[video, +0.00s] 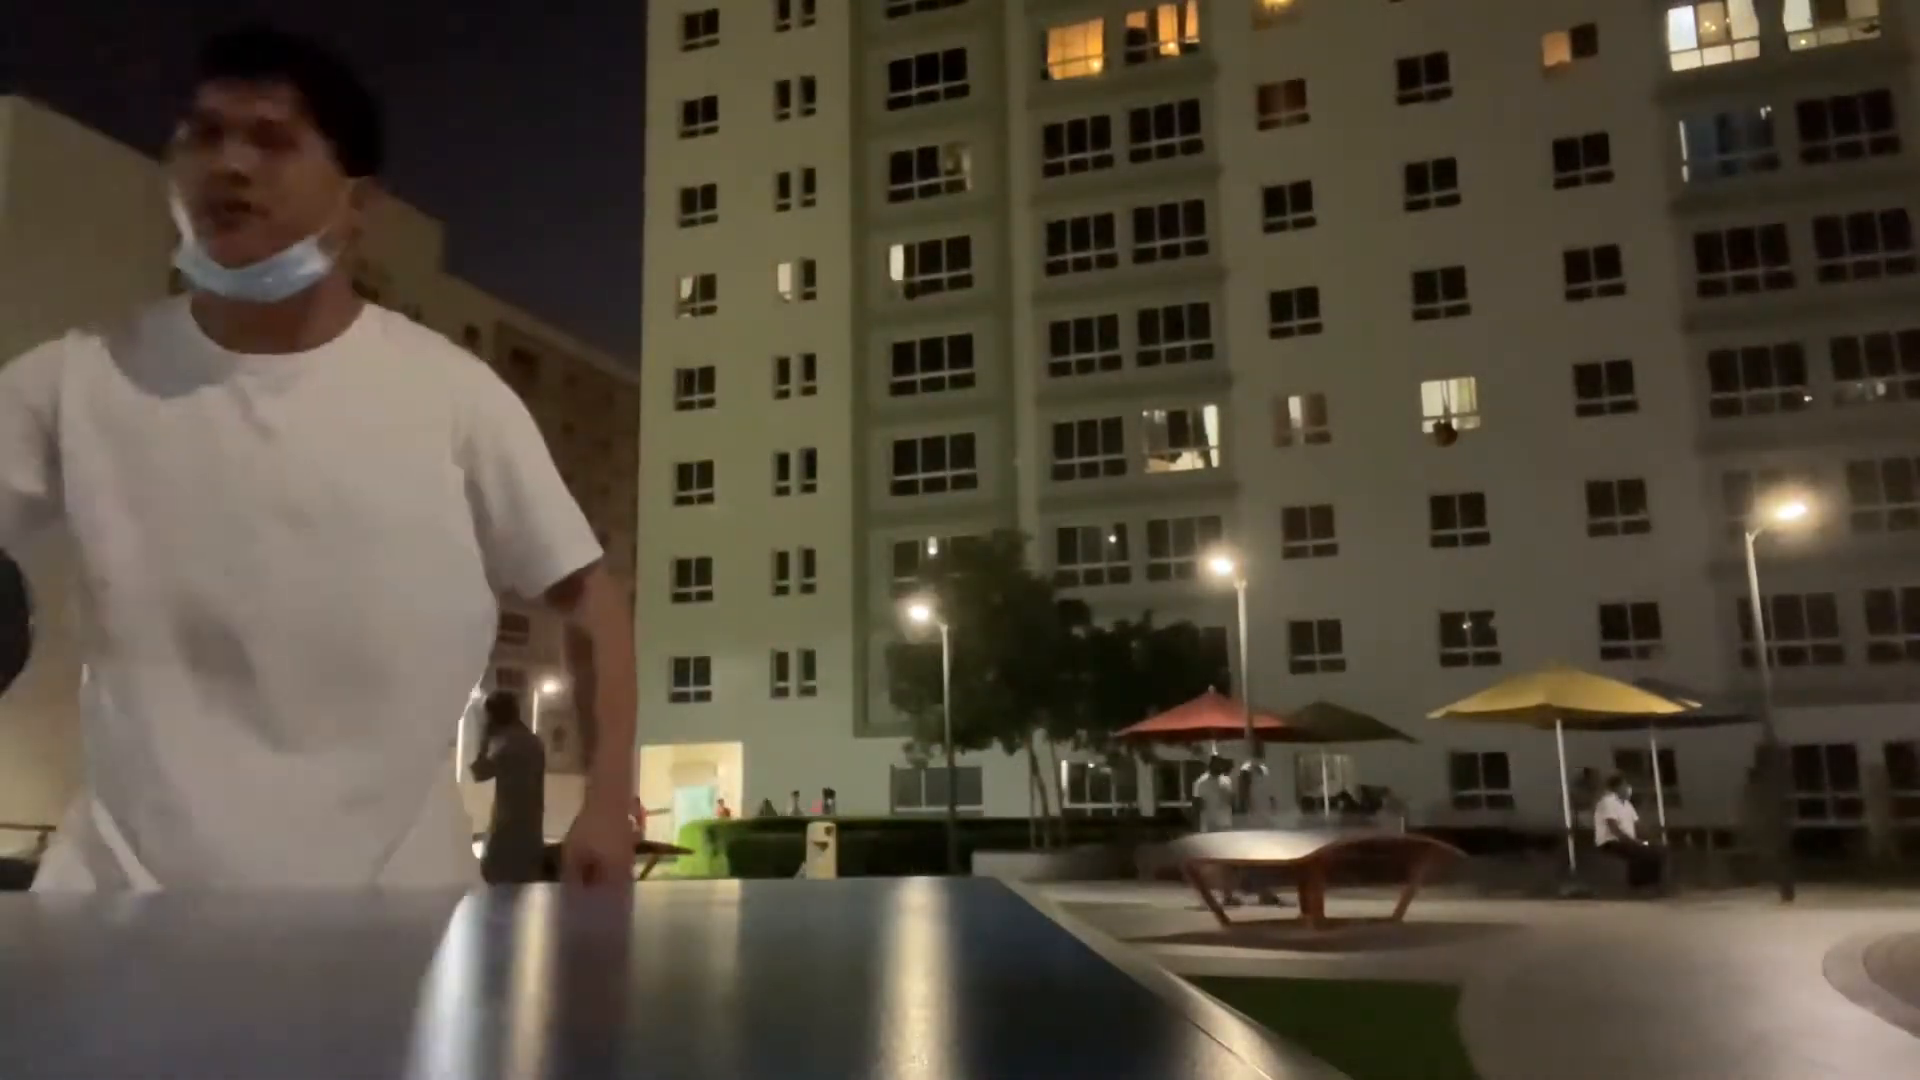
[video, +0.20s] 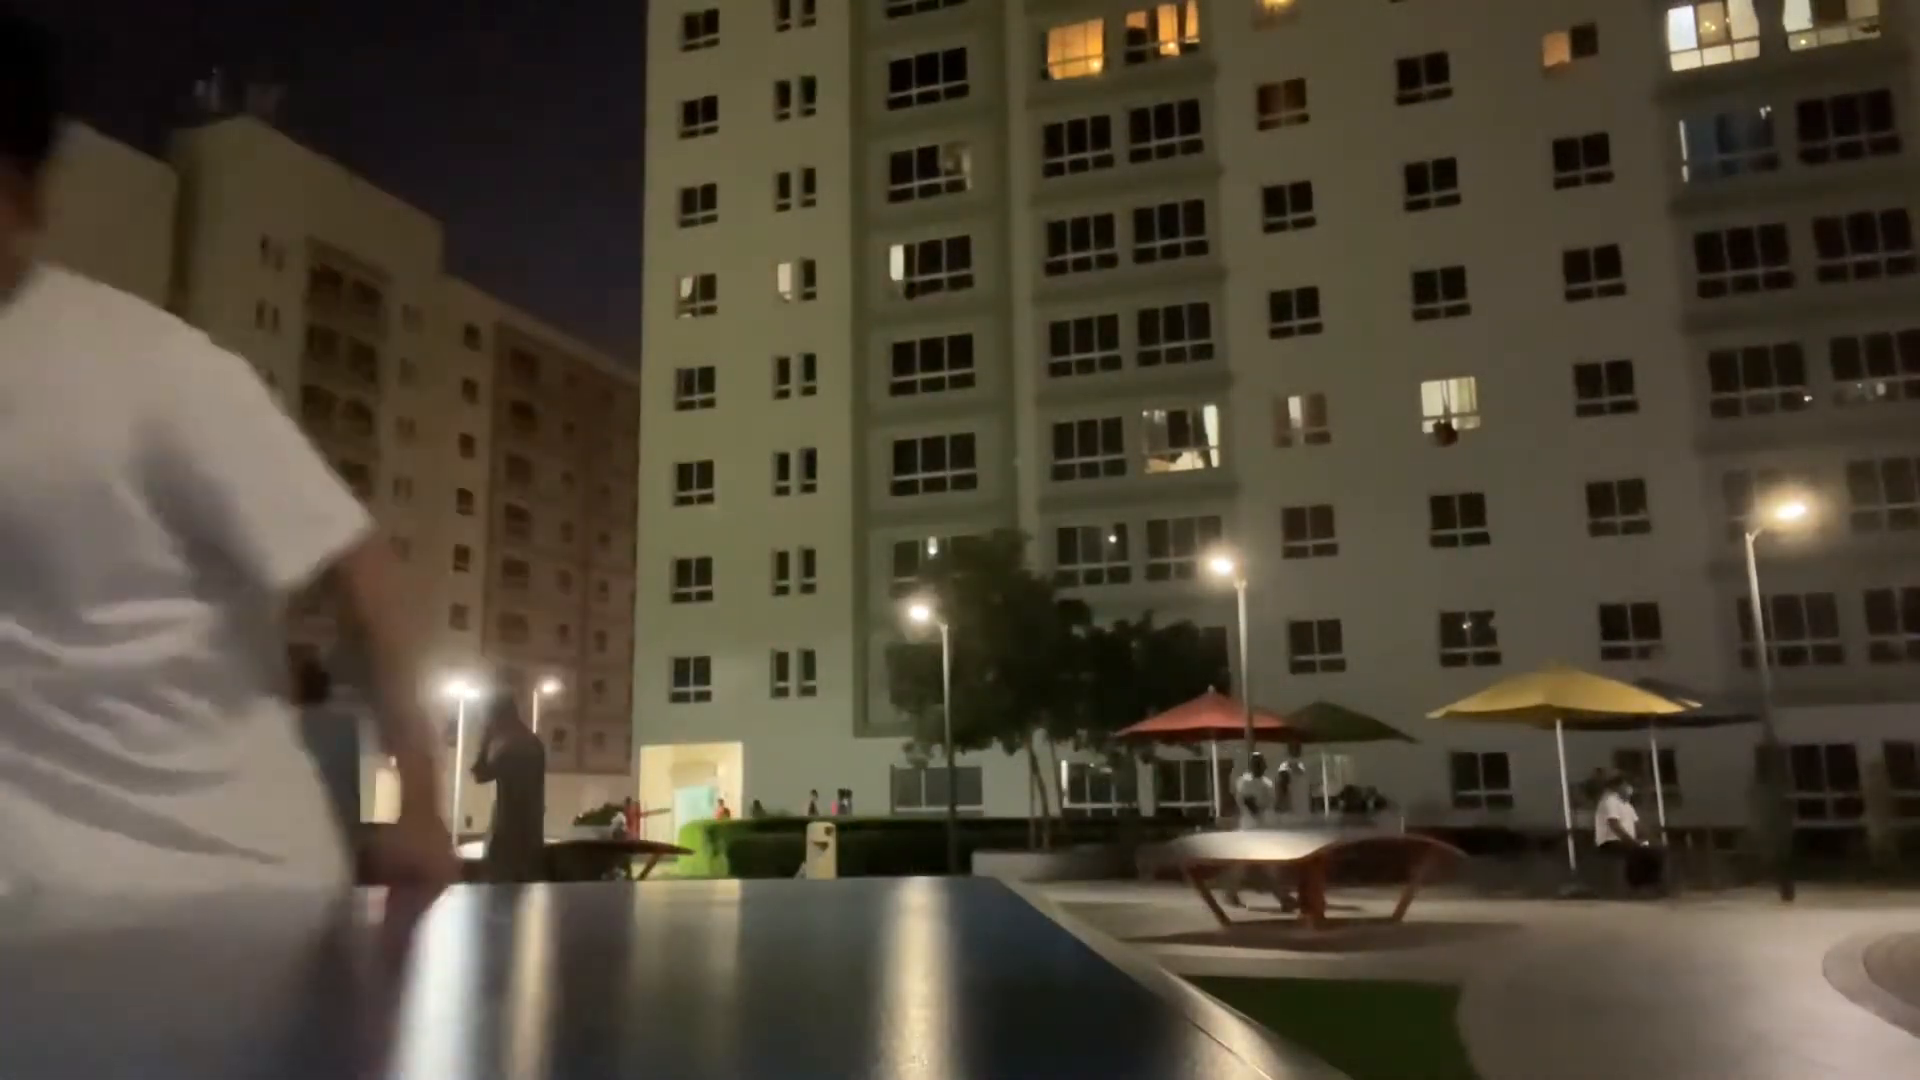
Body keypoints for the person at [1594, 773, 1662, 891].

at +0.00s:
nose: (1629, 790)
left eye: (1629, 787)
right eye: (1626, 786)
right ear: (1617, 788)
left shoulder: (1626, 803)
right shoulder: (1608, 801)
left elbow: (1636, 823)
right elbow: (1612, 826)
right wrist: (1634, 841)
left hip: (1627, 839)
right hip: (1609, 841)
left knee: (1652, 852)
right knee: (1637, 854)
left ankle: (1651, 886)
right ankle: (1636, 888)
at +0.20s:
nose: (1631, 790)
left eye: (1631, 787)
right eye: (1627, 786)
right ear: (1619, 786)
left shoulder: (1626, 803)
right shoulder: (1610, 799)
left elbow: (1636, 822)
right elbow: (1613, 822)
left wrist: (1647, 835)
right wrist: (1633, 841)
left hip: (1627, 841)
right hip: (1611, 843)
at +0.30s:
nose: (1630, 790)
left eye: (1630, 786)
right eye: (1627, 786)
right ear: (1618, 786)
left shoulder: (1626, 803)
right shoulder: (1610, 799)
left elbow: (1636, 822)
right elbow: (1613, 822)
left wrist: (1646, 836)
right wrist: (1633, 841)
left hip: (1626, 842)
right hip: (1611, 843)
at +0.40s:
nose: (1630, 790)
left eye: (1630, 786)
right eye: (1626, 786)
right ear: (1618, 787)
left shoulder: (1626, 804)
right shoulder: (1608, 800)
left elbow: (1636, 822)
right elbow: (1612, 822)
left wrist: (1645, 836)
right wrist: (1632, 841)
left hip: (1627, 841)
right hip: (1610, 842)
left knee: (1652, 852)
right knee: (1641, 855)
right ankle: (1638, 888)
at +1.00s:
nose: (1626, 791)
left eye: (1627, 787)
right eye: (1622, 787)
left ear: (1629, 790)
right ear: (1614, 789)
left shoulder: (1626, 803)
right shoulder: (1607, 802)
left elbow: (1637, 821)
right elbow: (1610, 824)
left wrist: (1650, 835)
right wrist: (1631, 841)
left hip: (1629, 840)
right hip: (1609, 842)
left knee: (1653, 851)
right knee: (1637, 853)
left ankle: (1653, 885)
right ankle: (1637, 887)